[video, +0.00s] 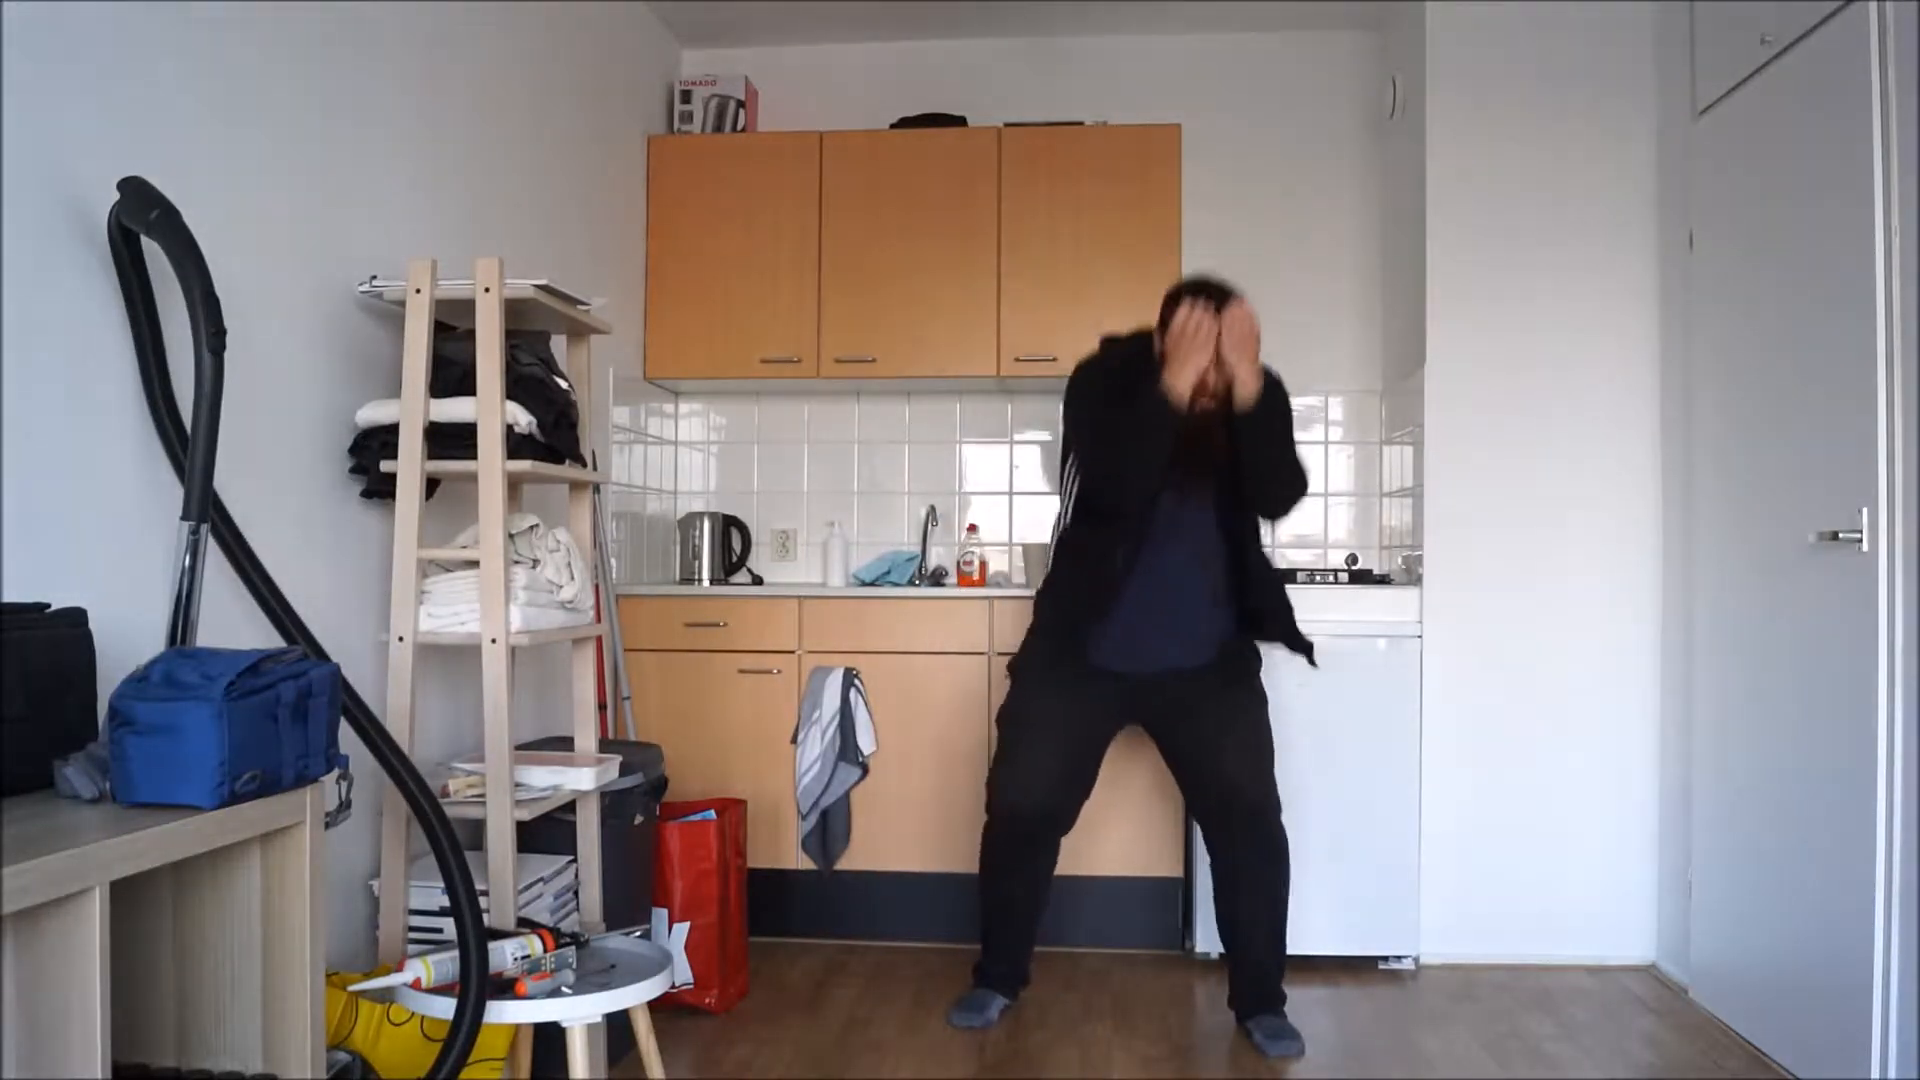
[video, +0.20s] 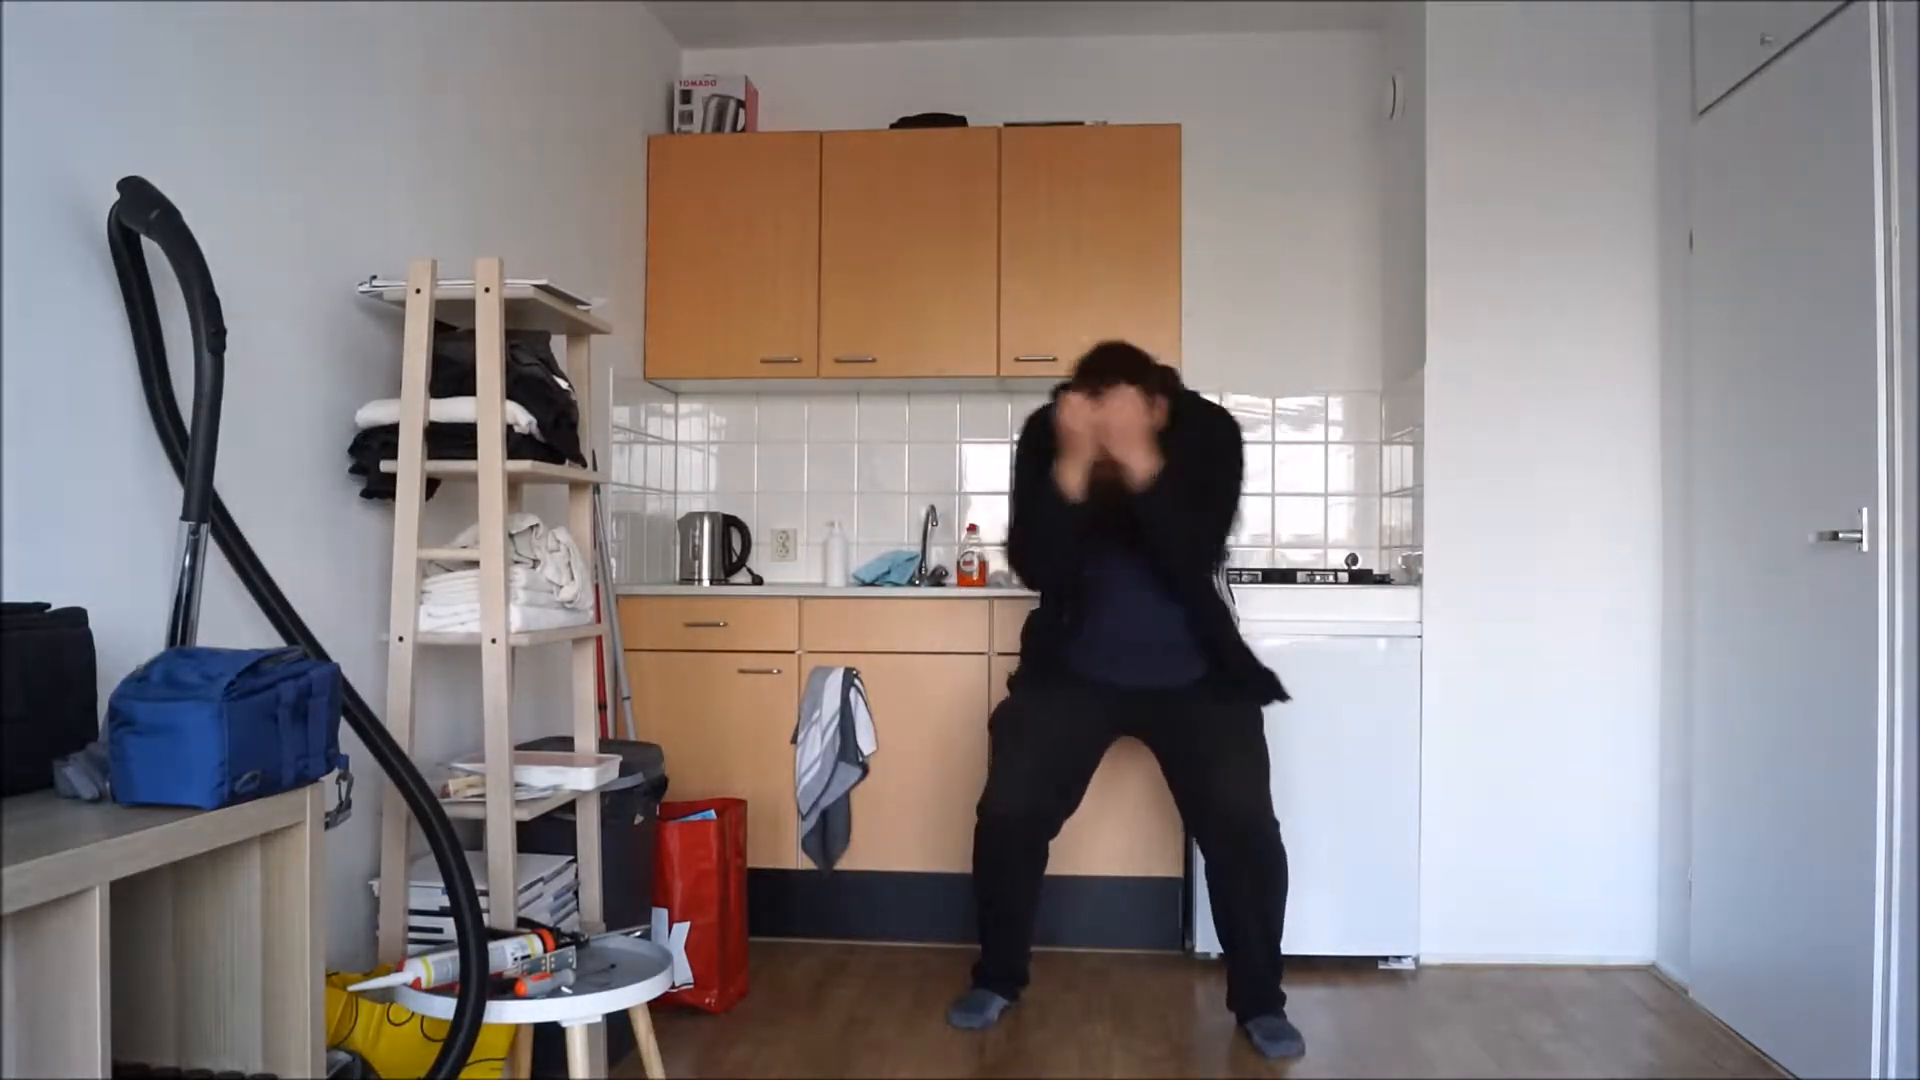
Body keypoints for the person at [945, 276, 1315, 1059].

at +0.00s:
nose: (1205, 354)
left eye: (1221, 344)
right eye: (1193, 339)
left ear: (1237, 345)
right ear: (1164, 331)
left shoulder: (1256, 398)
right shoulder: (1107, 380)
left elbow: (1277, 496)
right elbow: (1107, 487)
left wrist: (1251, 386)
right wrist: (1171, 388)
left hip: (1205, 658)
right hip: (1082, 649)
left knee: (1249, 823)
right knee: (1022, 809)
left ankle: (1261, 1002)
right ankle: (998, 979)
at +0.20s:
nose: (1105, 431)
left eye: (1116, 418)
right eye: (1088, 418)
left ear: (1152, 403)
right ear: (1073, 410)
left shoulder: (1208, 431)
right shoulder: (1049, 432)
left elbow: (1193, 555)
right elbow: (1035, 567)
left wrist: (1141, 462)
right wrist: (1071, 471)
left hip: (1194, 676)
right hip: (1071, 674)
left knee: (1244, 830)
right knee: (1008, 815)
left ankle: (1261, 1004)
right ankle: (998, 978)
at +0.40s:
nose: (1032, 330)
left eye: (1044, 315)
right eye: (1022, 320)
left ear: (1089, 317)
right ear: (1023, 329)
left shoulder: (1162, 364)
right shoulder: (1026, 383)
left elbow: (1123, 457)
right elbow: (968, 472)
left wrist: (1064, 360)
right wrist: (996, 369)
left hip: (1174, 645)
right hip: (1056, 646)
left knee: (1224, 822)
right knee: (1010, 809)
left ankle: (1258, 1000)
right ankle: (997, 978)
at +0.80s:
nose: (1112, 436)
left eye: (1127, 426)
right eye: (1095, 424)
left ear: (1154, 414)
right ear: (1073, 415)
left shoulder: (1199, 437)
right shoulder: (1040, 438)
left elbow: (1193, 564)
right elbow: (1030, 566)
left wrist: (1149, 467)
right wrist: (1073, 472)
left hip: (1175, 678)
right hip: (1052, 681)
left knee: (1247, 833)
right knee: (1005, 826)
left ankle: (1260, 1004)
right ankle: (998, 978)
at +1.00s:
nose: (1202, 391)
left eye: (1216, 382)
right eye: (1193, 377)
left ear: (1230, 385)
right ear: (1162, 367)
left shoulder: (1237, 432)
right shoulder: (1101, 407)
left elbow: (1278, 525)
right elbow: (1112, 521)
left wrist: (1251, 418)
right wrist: (1172, 426)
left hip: (1193, 670)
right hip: (1077, 668)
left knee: (1260, 824)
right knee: (1024, 829)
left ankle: (1260, 1003)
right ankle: (995, 978)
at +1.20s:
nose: (1225, 301)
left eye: (1239, 288)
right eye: (1213, 283)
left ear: (1260, 295)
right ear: (1181, 285)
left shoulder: (1281, 359)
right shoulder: (1130, 340)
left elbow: (1296, 441)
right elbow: (1117, 425)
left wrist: (1265, 323)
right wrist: (1183, 316)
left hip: (1235, 639)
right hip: (1118, 630)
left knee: (1262, 817)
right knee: (1066, 789)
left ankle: (1260, 1001)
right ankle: (1073, 961)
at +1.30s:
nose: (1206, 287)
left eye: (1223, 273)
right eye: (1195, 272)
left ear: (1249, 281)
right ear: (1177, 277)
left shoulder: (1289, 345)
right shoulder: (1134, 336)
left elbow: (1282, 419)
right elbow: (1103, 414)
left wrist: (1247, 308)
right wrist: (1164, 308)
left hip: (1247, 636)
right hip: (1132, 626)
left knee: (1262, 823)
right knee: (1090, 779)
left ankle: (1258, 1000)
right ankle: (1163, 934)